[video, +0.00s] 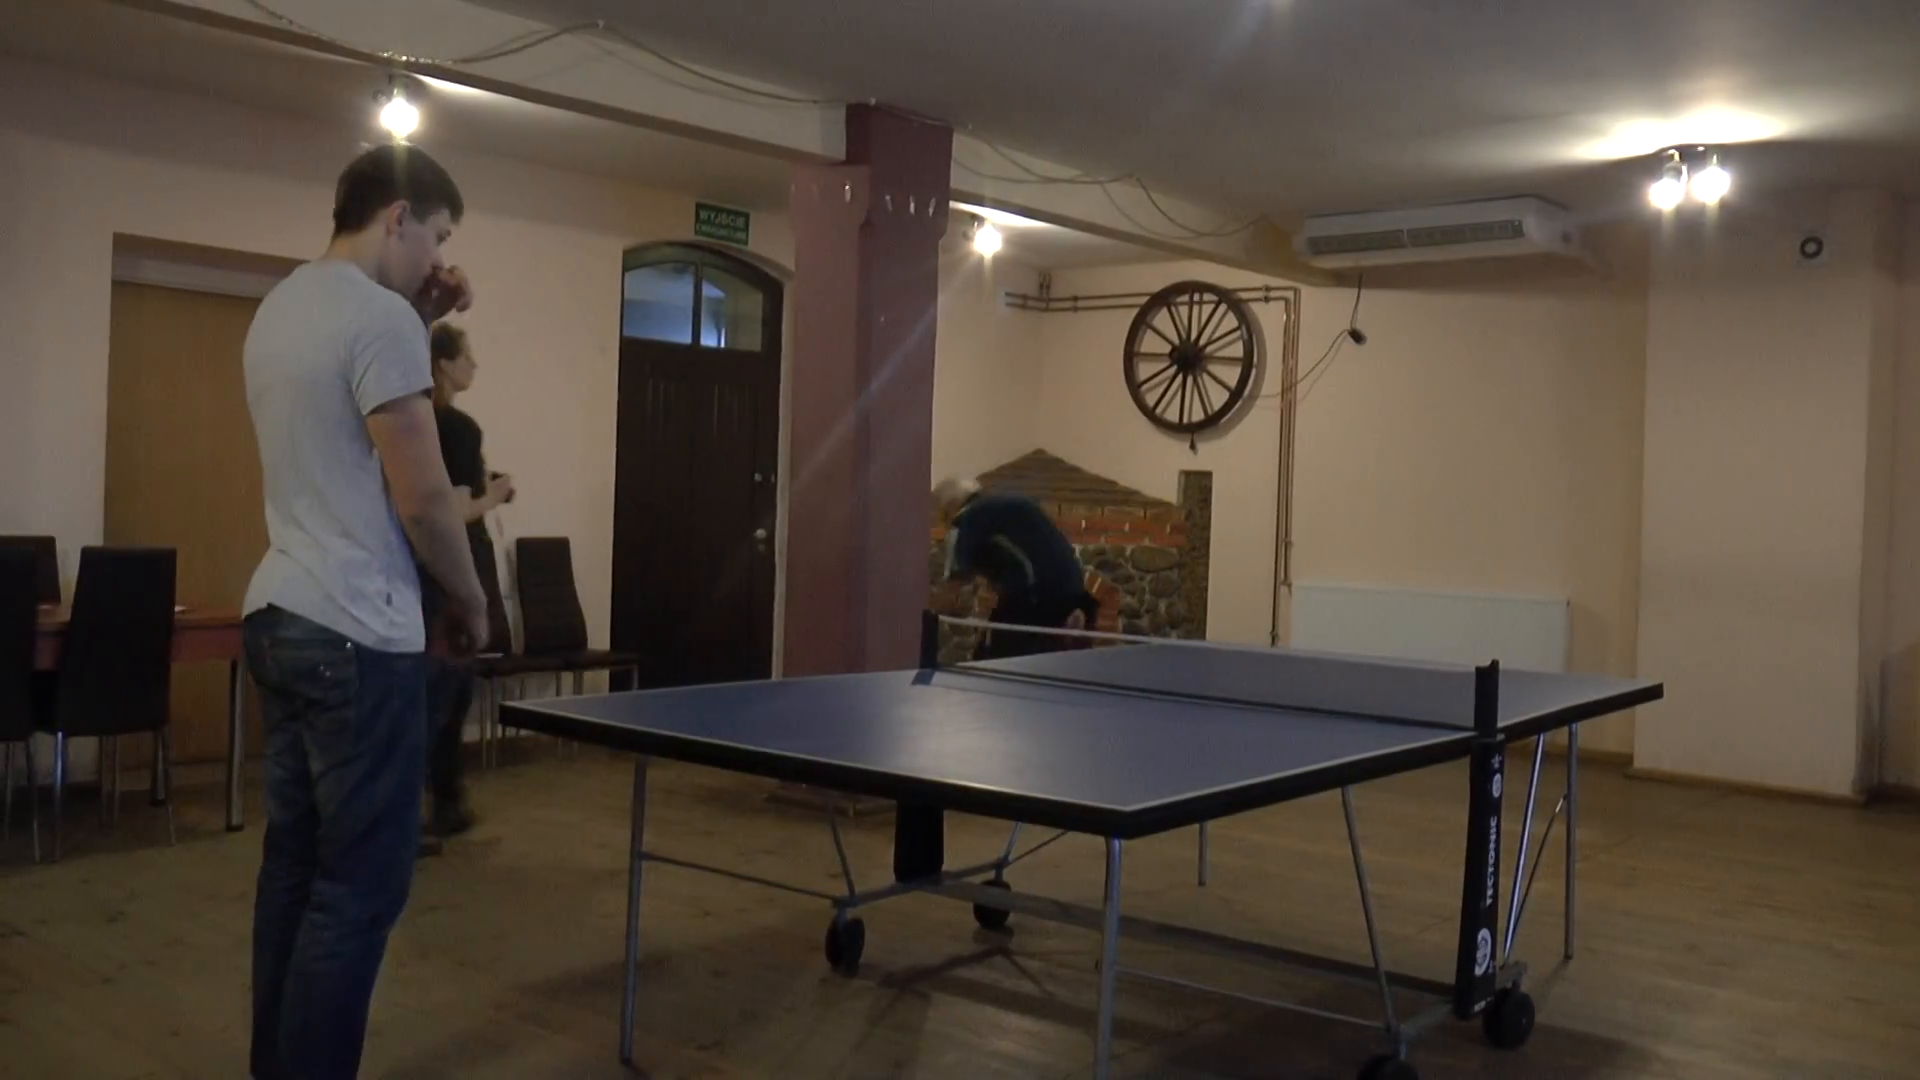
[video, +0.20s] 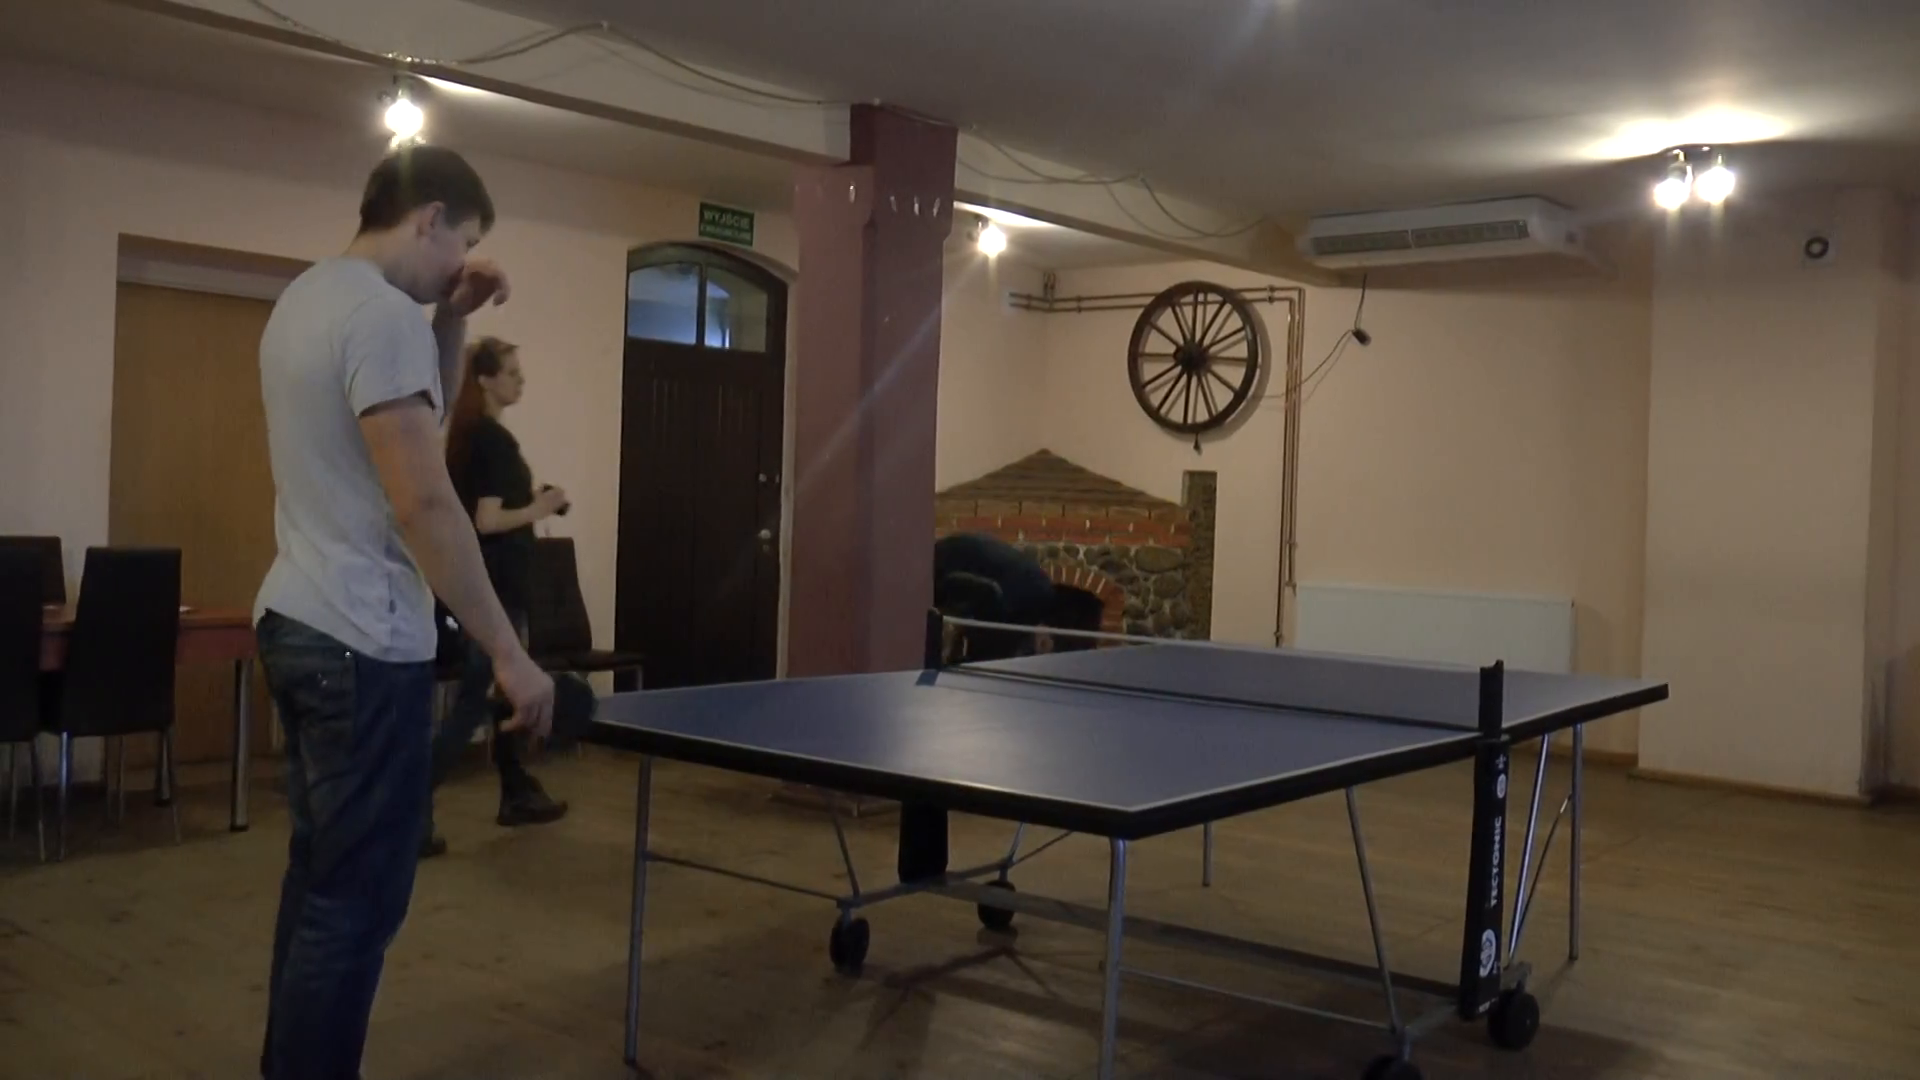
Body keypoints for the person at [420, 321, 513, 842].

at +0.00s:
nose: (474, 368)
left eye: (472, 359)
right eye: (467, 359)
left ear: (441, 365)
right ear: (442, 364)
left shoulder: (412, 416)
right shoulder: (457, 427)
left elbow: (447, 490)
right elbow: (448, 514)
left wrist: (482, 488)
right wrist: (492, 500)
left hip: (416, 569)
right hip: (451, 575)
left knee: (438, 687)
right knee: (450, 689)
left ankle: (440, 801)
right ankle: (445, 805)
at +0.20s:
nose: (520, 383)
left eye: (519, 375)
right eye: (513, 376)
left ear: (485, 381)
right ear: (486, 381)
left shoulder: (473, 429)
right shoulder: (489, 436)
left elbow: (485, 508)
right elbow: (487, 518)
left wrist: (533, 502)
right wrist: (538, 508)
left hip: (491, 582)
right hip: (492, 587)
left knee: (501, 690)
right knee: (479, 694)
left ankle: (517, 791)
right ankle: (414, 798)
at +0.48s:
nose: (579, 380)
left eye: (582, 373)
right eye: (570, 373)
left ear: (582, 379)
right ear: (545, 380)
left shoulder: (564, 430)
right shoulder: (543, 432)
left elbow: (556, 501)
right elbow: (531, 505)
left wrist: (600, 494)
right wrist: (595, 496)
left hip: (560, 572)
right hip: (551, 575)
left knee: (552, 674)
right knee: (605, 671)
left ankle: (534, 789)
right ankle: (545, 781)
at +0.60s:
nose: (609, 388)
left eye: (612, 380)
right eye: (599, 381)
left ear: (613, 387)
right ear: (574, 388)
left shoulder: (598, 437)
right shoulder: (568, 439)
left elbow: (587, 501)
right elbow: (555, 513)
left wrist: (625, 492)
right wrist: (617, 497)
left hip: (593, 572)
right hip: (579, 577)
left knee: (551, 676)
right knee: (629, 675)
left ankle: (529, 788)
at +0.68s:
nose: (626, 393)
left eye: (630, 385)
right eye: (615, 386)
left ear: (635, 391)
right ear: (593, 393)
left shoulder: (622, 445)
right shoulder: (591, 446)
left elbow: (611, 506)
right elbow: (571, 517)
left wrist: (648, 494)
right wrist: (632, 499)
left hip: (620, 575)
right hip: (603, 579)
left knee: (581, 683)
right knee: (648, 680)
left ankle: (535, 781)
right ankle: (657, 785)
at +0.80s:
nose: (647, 394)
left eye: (652, 386)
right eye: (637, 387)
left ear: (661, 392)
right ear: (617, 393)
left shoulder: (653, 446)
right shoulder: (613, 448)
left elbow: (651, 510)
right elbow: (599, 519)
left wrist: (677, 495)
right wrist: (655, 495)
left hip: (652, 568)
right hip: (629, 573)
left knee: (643, 685)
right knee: (661, 679)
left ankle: (567, 764)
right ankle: (658, 784)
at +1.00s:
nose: (681, 395)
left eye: (687, 387)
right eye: (671, 387)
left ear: (695, 394)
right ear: (652, 392)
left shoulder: (698, 445)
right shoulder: (640, 444)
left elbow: (726, 516)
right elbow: (636, 514)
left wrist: (717, 474)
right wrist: (679, 475)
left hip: (696, 578)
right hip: (657, 579)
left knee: (726, 677)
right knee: (669, 684)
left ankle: (684, 778)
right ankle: (663, 787)